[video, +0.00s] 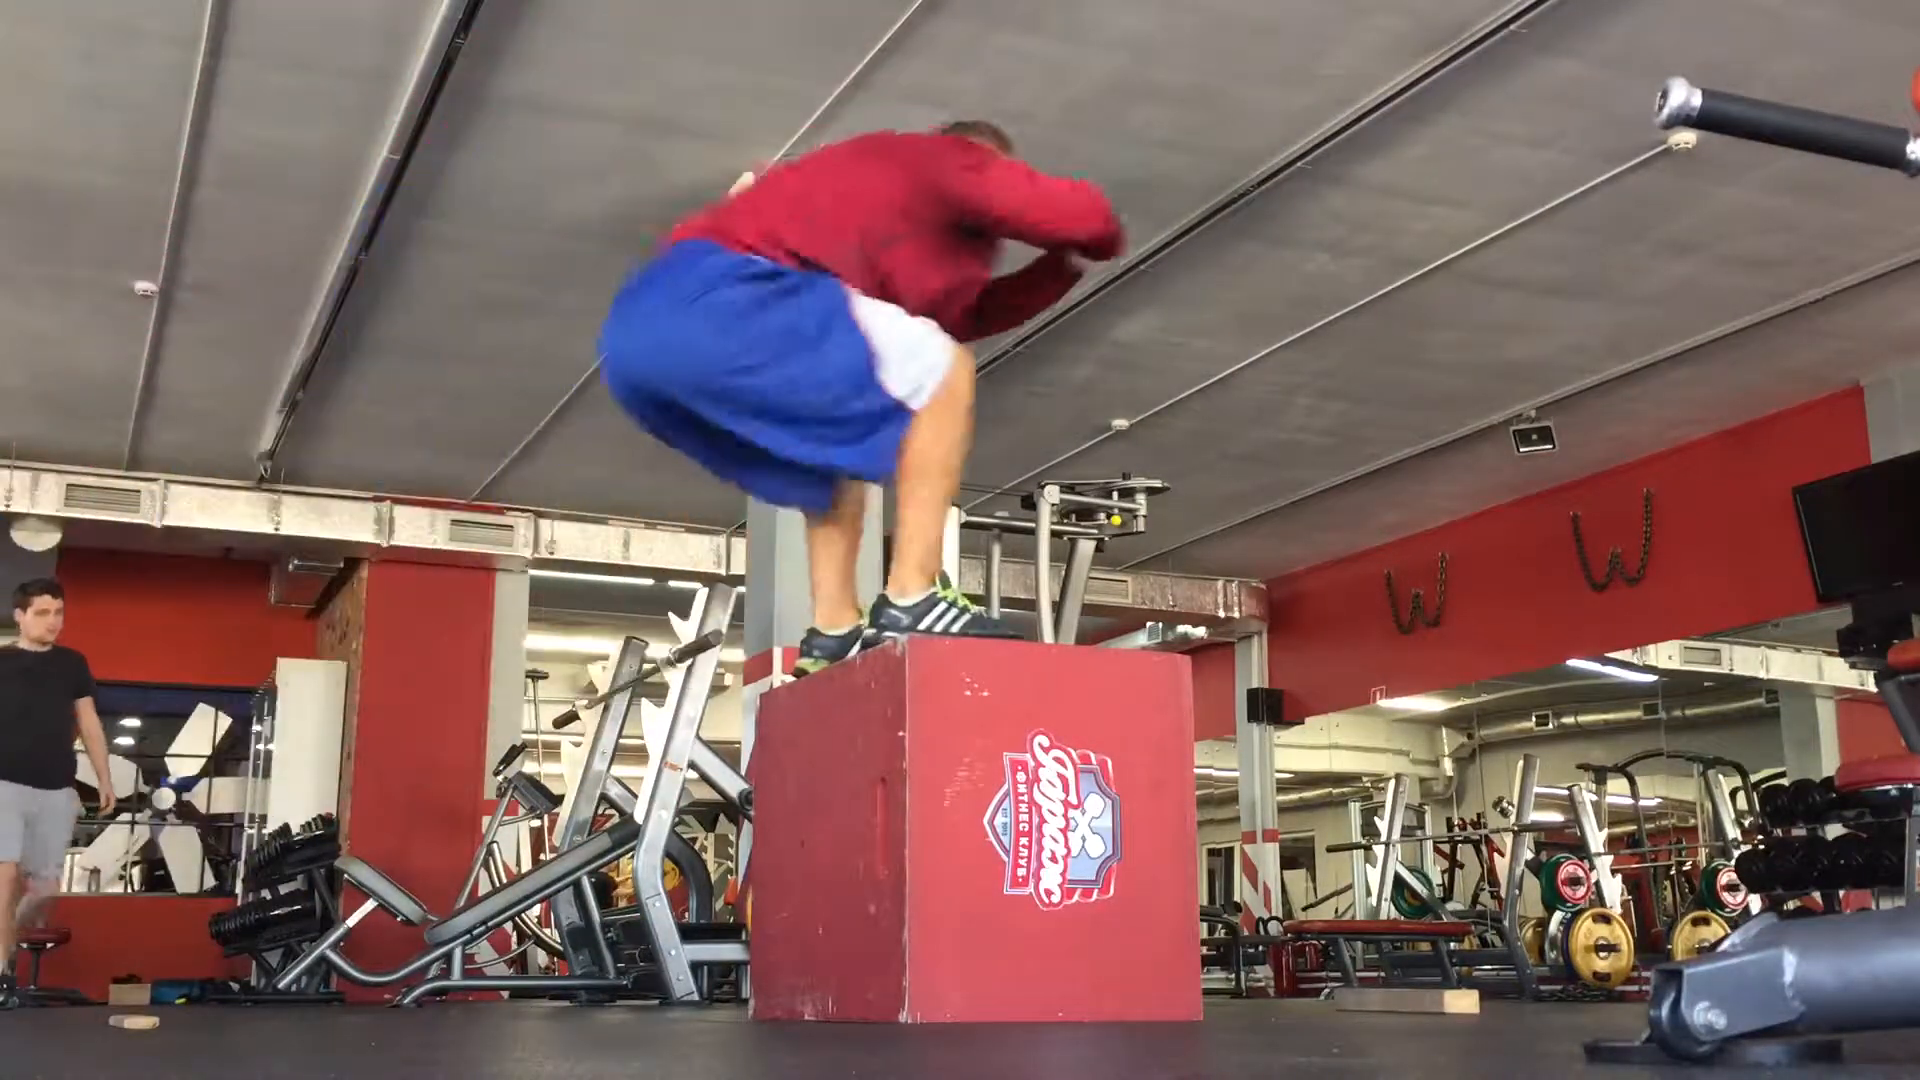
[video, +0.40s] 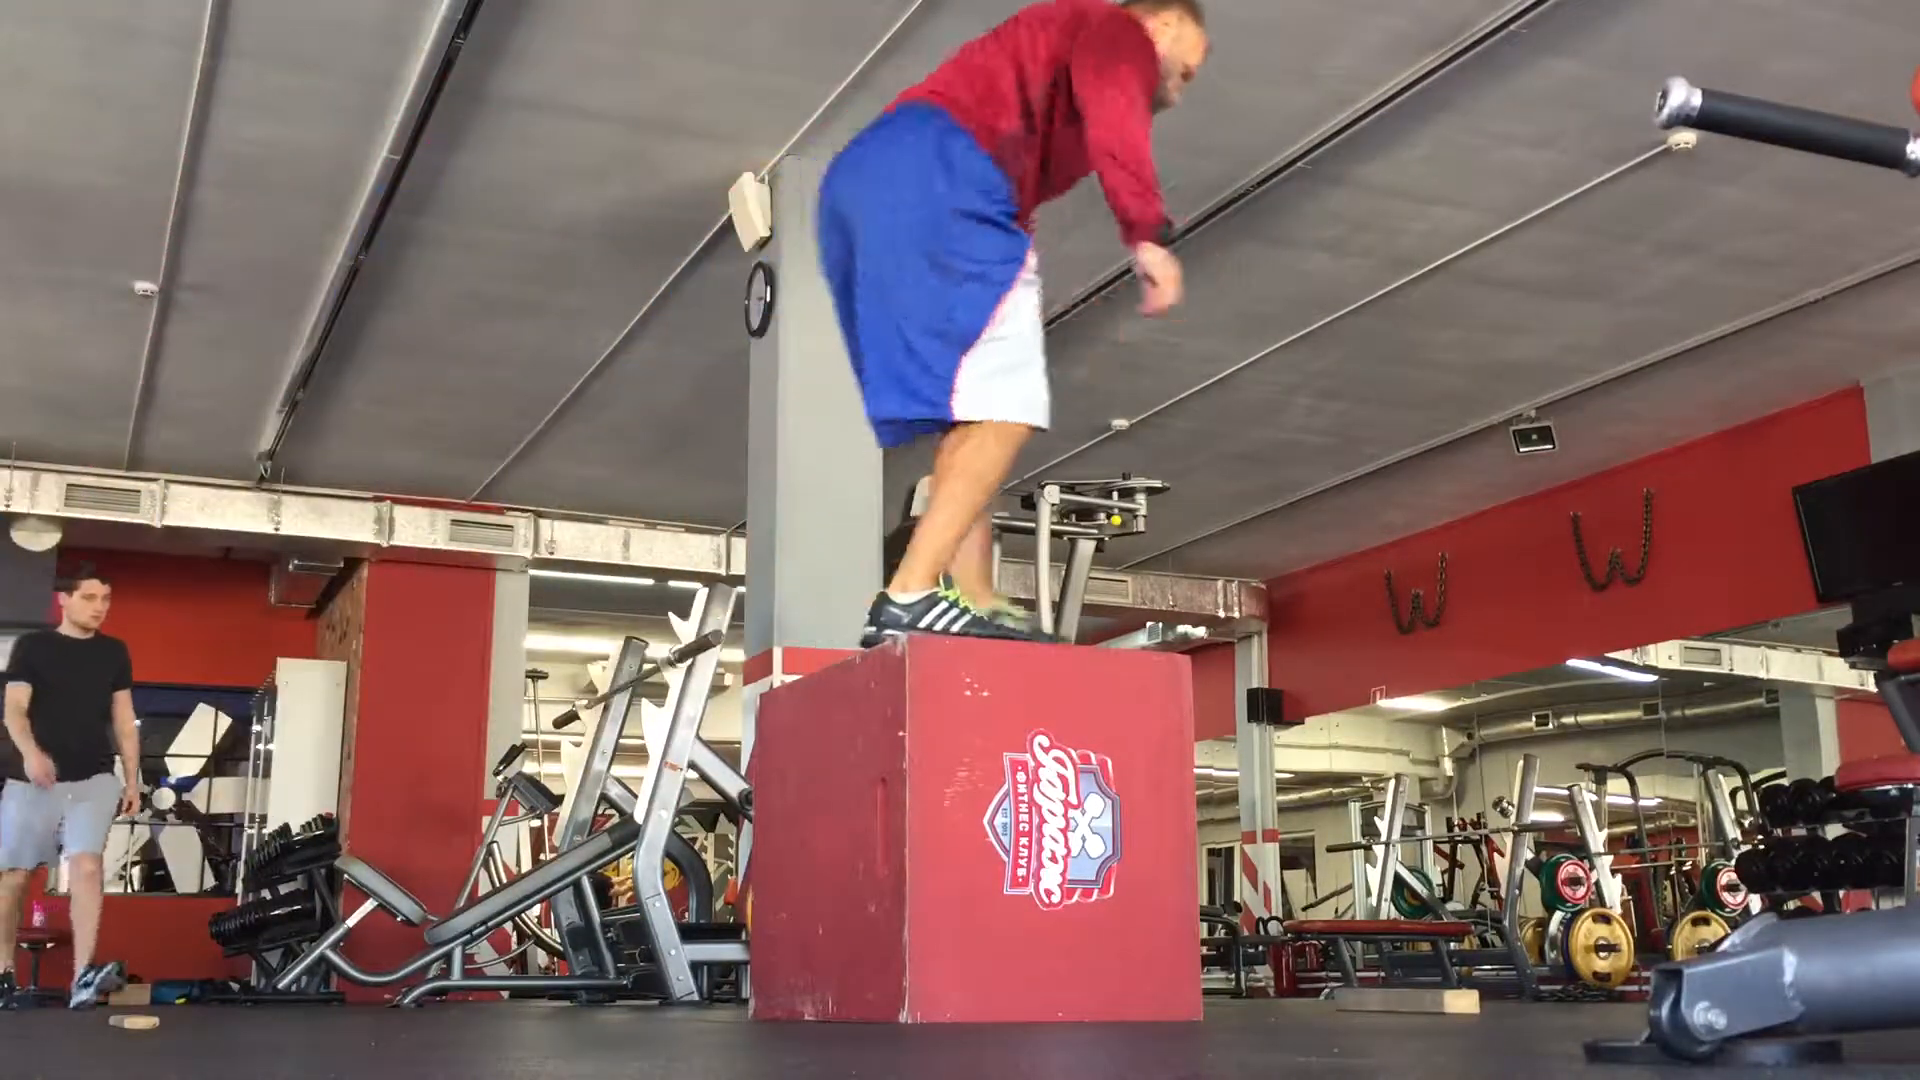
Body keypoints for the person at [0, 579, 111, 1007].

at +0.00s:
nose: (53, 620)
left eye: (58, 612)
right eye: (43, 612)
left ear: (63, 616)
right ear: (20, 616)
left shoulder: (72, 662)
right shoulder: (4, 659)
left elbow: (89, 722)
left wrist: (104, 779)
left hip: (57, 791)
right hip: (9, 786)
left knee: (44, 887)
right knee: (8, 878)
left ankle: (9, 951)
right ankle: (6, 969)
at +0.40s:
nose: (98, 606)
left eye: (104, 598)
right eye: (89, 597)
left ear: (108, 604)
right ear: (64, 601)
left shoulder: (114, 652)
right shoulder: (33, 646)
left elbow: (125, 720)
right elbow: (14, 709)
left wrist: (131, 777)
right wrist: (31, 753)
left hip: (94, 780)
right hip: (32, 780)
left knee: (88, 868)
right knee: (14, 877)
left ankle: (82, 975)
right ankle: (5, 973)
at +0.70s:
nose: (152, 580)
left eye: (158, 573)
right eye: (143, 571)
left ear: (162, 579)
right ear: (116, 571)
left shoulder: (163, 630)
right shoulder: (79, 619)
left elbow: (173, 698)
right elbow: (46, 688)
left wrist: (179, 758)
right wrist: (40, 750)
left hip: (138, 763)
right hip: (77, 759)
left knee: (114, 863)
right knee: (79, 848)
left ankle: (91, 978)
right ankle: (56, 946)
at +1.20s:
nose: (206, 548)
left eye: (212, 540)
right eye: (195, 538)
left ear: (215, 545)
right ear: (166, 540)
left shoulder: (220, 603)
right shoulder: (134, 594)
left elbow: (231, 673)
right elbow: (103, 667)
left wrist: (239, 739)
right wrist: (96, 736)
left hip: (195, 746)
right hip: (131, 741)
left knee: (182, 852)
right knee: (127, 850)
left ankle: (140, 926)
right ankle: (123, 972)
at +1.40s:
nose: (239, 540)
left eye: (245, 531)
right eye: (230, 529)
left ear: (246, 536)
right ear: (200, 529)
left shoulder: (247, 593)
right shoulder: (158, 584)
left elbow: (254, 669)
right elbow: (141, 653)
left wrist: (257, 734)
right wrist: (167, 705)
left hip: (225, 738)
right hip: (157, 740)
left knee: (223, 831)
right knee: (137, 846)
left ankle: (196, 959)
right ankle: (127, 968)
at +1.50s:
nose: (261, 540)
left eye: (266, 531)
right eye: (252, 529)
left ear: (267, 537)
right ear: (221, 529)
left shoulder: (263, 601)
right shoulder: (178, 583)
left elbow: (271, 672)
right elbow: (162, 650)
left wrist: (275, 741)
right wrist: (193, 699)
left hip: (243, 742)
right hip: (174, 741)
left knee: (236, 845)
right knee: (148, 850)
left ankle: (230, 971)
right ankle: (129, 965)